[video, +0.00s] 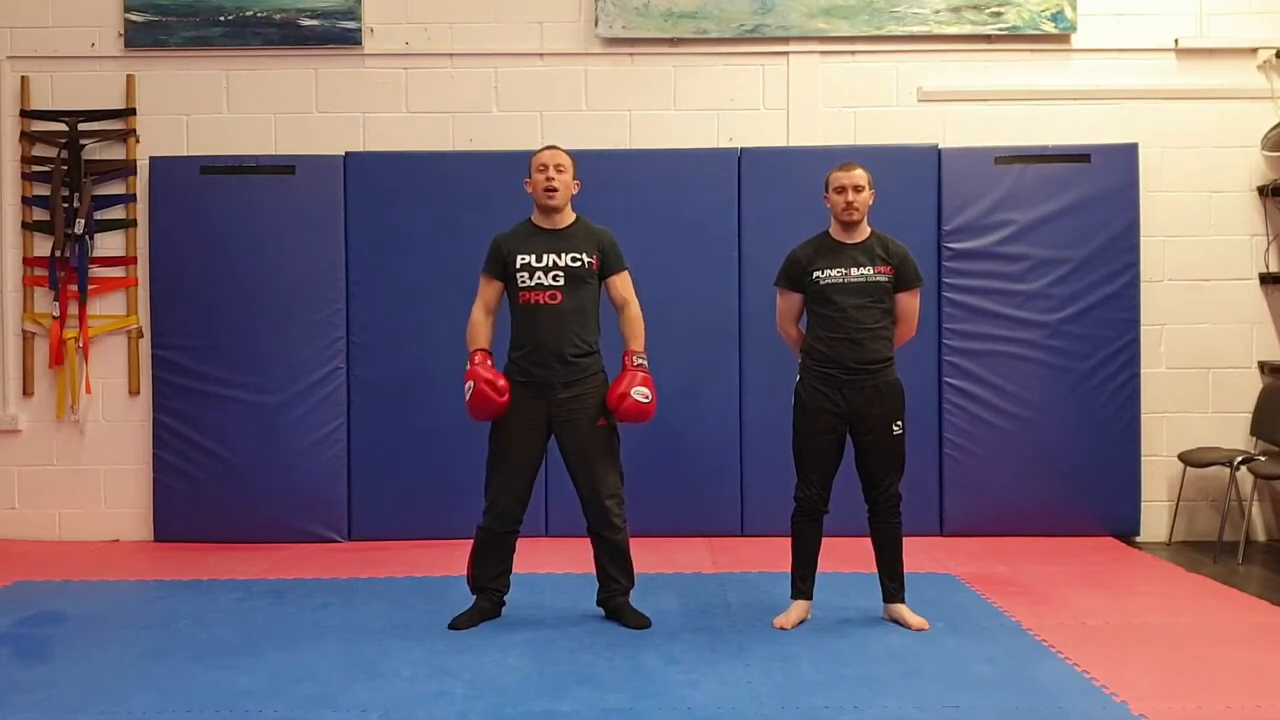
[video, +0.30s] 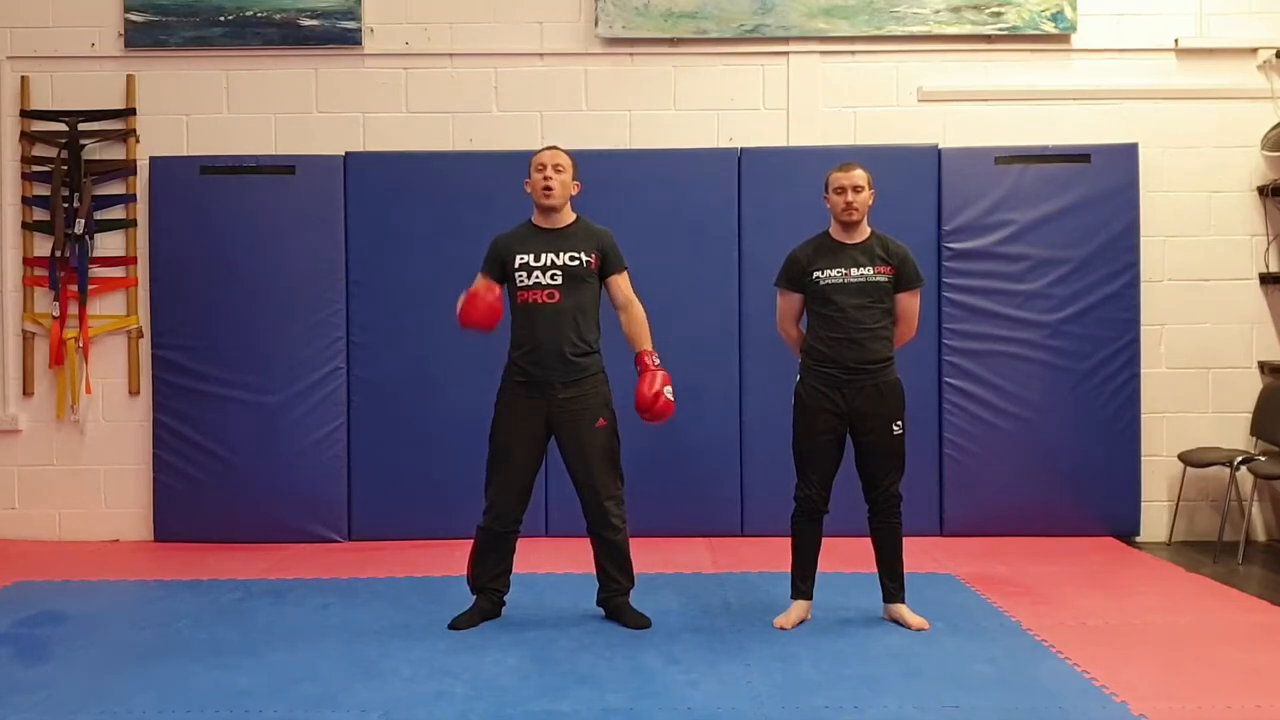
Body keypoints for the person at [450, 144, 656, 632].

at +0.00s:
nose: (550, 177)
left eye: (559, 171)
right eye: (542, 171)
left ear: (574, 184)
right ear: (529, 184)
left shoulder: (598, 240)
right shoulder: (508, 244)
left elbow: (628, 305)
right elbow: (484, 310)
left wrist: (637, 365)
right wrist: (479, 362)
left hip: (585, 388)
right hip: (521, 389)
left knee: (606, 499)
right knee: (503, 501)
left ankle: (616, 597)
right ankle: (488, 597)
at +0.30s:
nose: (547, 176)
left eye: (557, 171)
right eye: (540, 170)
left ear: (574, 187)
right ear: (528, 185)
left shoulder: (598, 240)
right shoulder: (507, 245)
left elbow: (628, 305)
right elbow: (477, 300)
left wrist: (650, 364)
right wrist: (474, 307)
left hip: (584, 388)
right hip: (522, 390)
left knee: (605, 499)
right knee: (503, 500)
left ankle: (616, 598)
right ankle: (488, 598)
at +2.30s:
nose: (544, 179)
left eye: (553, 172)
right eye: (536, 172)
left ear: (571, 183)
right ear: (525, 184)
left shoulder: (599, 241)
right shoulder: (507, 245)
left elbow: (617, 308)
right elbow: (488, 315)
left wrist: (627, 371)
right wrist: (478, 376)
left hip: (586, 390)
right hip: (523, 390)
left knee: (606, 500)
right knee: (504, 500)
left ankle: (616, 597)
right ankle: (488, 597)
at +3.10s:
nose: (556, 173)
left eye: (562, 166)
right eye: (545, 168)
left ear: (576, 181)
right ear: (530, 186)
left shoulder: (601, 239)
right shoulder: (508, 238)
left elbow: (626, 303)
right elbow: (478, 298)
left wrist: (635, 364)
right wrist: (516, 318)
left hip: (587, 387)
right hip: (527, 388)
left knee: (607, 498)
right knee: (505, 497)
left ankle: (616, 597)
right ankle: (488, 597)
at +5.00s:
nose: (543, 192)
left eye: (552, 183)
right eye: (535, 184)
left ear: (575, 185)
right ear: (527, 188)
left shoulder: (603, 242)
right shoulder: (514, 240)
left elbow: (622, 311)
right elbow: (486, 305)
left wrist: (633, 373)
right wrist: (515, 257)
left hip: (587, 389)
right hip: (527, 389)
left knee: (607, 500)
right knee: (505, 498)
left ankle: (616, 598)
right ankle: (488, 597)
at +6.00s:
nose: (588, 186)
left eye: (587, 178)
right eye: (577, 178)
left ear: (579, 185)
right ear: (546, 184)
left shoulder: (587, 242)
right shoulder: (512, 241)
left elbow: (592, 307)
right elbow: (482, 307)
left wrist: (616, 365)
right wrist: (542, 315)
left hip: (585, 390)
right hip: (529, 393)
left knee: (602, 493)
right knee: (507, 498)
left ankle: (614, 594)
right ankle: (489, 597)